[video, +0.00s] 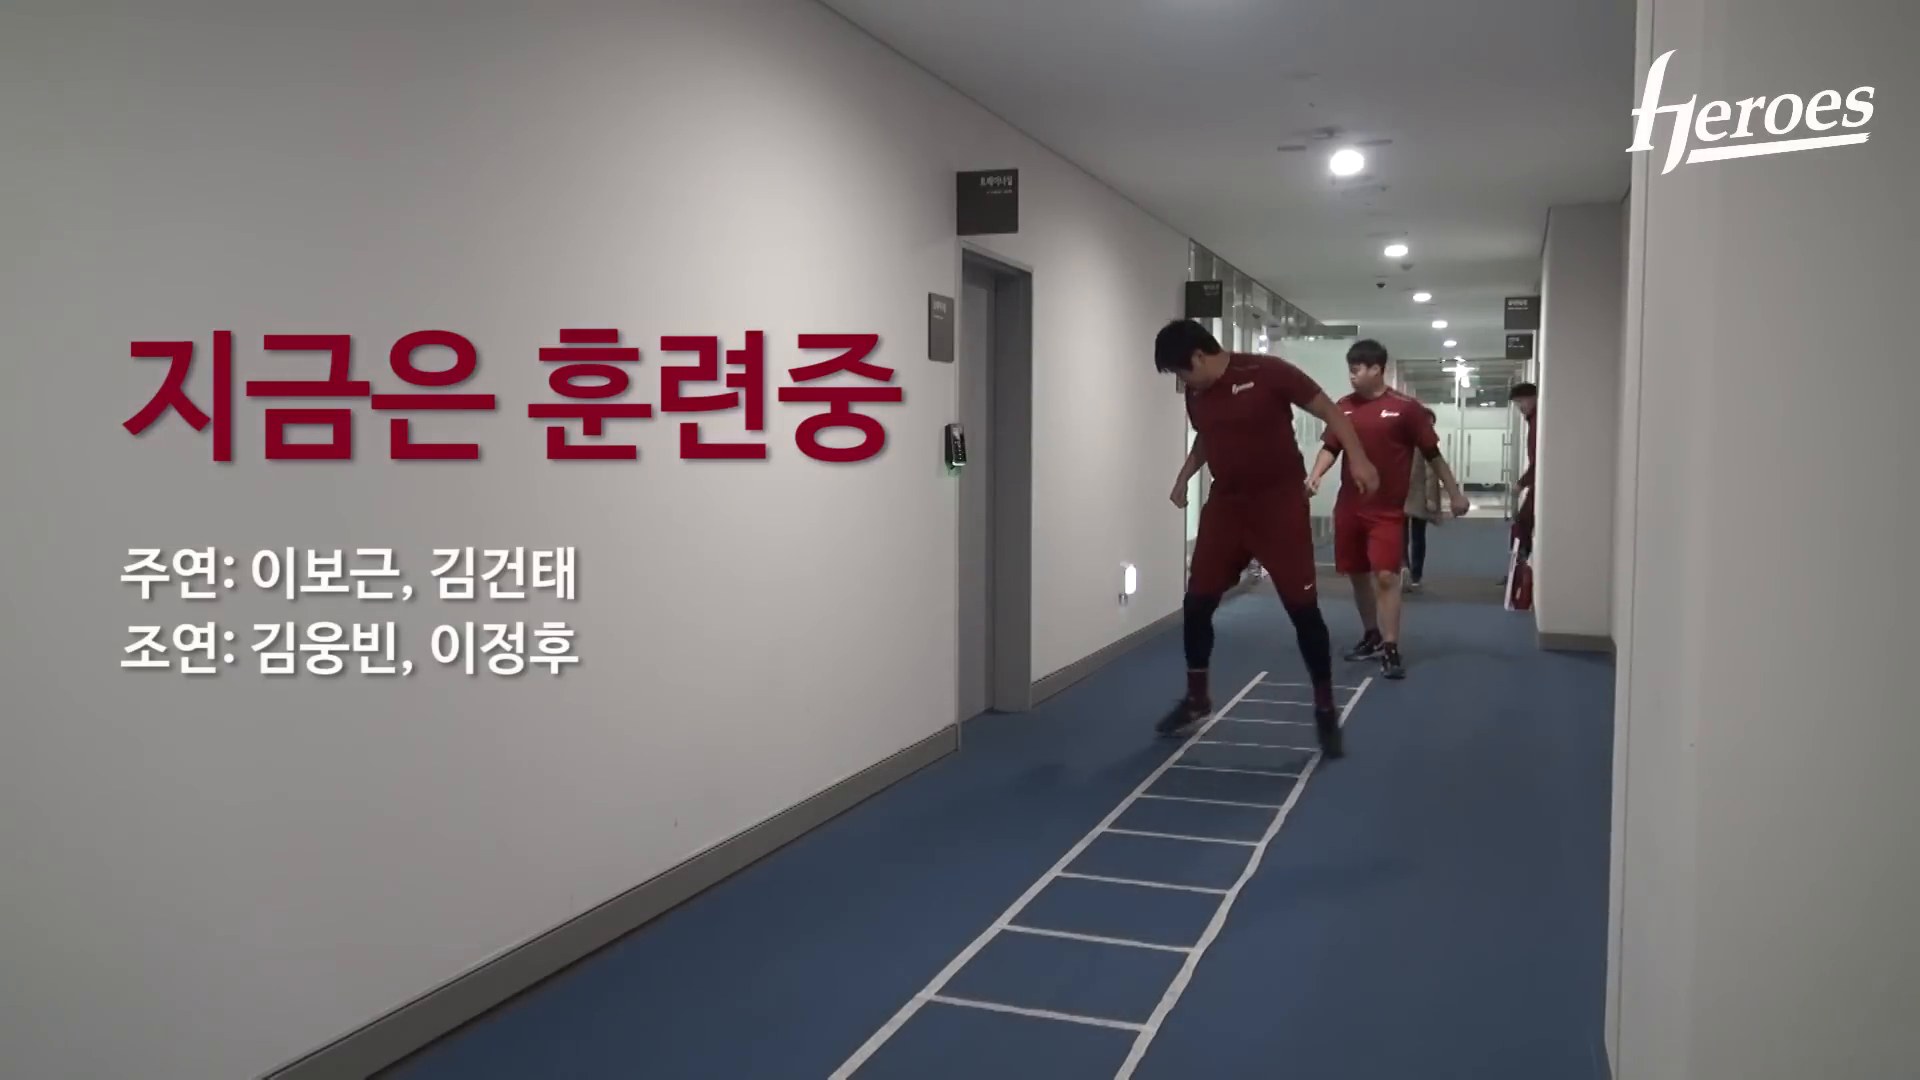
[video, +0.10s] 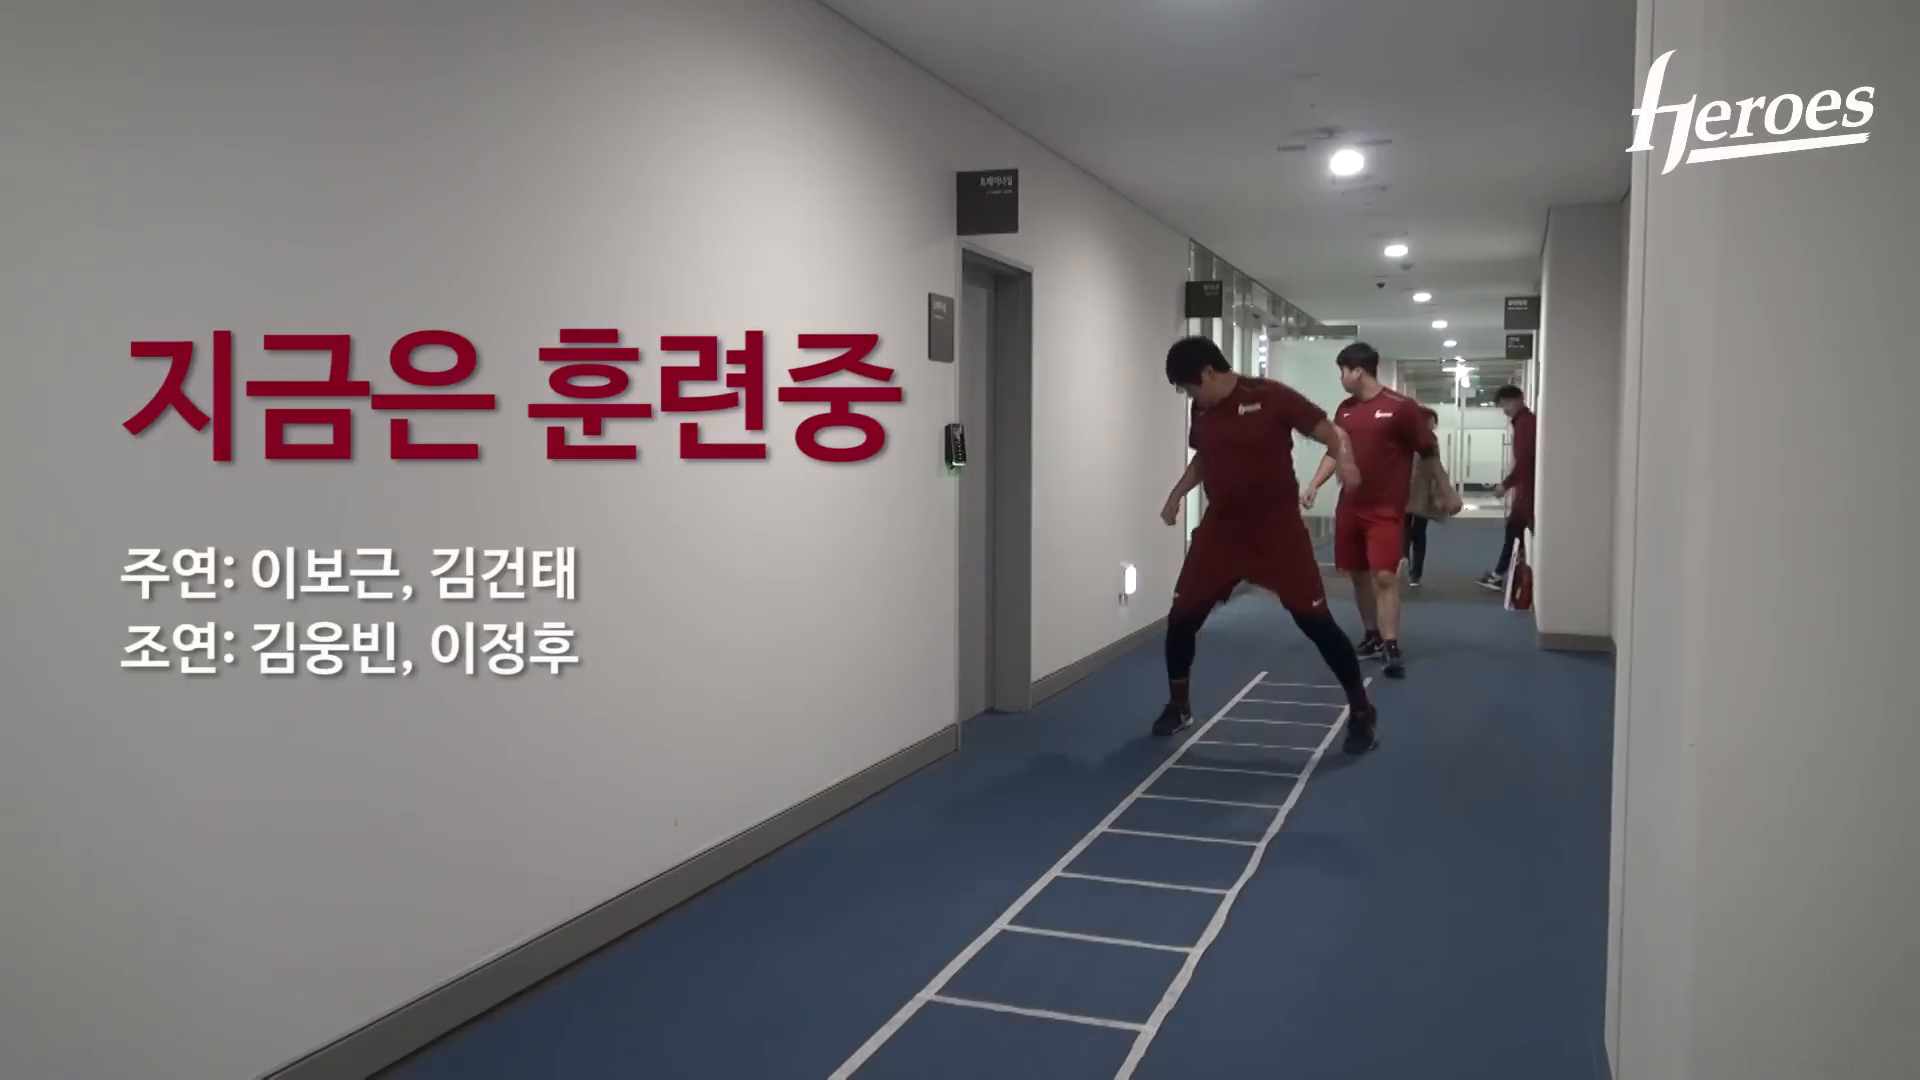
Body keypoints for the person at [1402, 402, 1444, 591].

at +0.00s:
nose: (1427, 427)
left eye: (1429, 423)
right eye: (1423, 423)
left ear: (1431, 425)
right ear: (1414, 424)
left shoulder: (1429, 449)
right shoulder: (1403, 444)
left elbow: (1432, 476)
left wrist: (1432, 501)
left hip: (1417, 497)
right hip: (1399, 496)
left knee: (1417, 537)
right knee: (1401, 536)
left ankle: (1416, 575)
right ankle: (1404, 567)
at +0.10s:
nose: (1428, 427)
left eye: (1431, 423)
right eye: (1425, 423)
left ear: (1434, 425)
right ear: (1417, 424)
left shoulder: (1430, 444)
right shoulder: (1406, 442)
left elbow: (1434, 473)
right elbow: (1433, 474)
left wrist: (1438, 497)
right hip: (1405, 496)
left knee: (1419, 535)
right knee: (1404, 532)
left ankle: (1415, 574)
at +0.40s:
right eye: (1425, 417)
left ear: (1410, 419)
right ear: (1426, 418)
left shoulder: (1403, 438)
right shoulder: (1433, 438)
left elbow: (1399, 465)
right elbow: (1444, 465)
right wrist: (1456, 488)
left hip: (1405, 488)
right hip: (1425, 489)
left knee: (1405, 530)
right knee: (1420, 531)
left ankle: (1405, 567)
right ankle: (1416, 566)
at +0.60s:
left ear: (1411, 416)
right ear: (1427, 415)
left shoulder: (1406, 432)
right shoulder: (1434, 433)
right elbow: (1440, 462)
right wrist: (1445, 488)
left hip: (1407, 485)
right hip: (1427, 487)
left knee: (1408, 524)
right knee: (1424, 527)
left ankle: (1407, 560)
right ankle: (1421, 560)